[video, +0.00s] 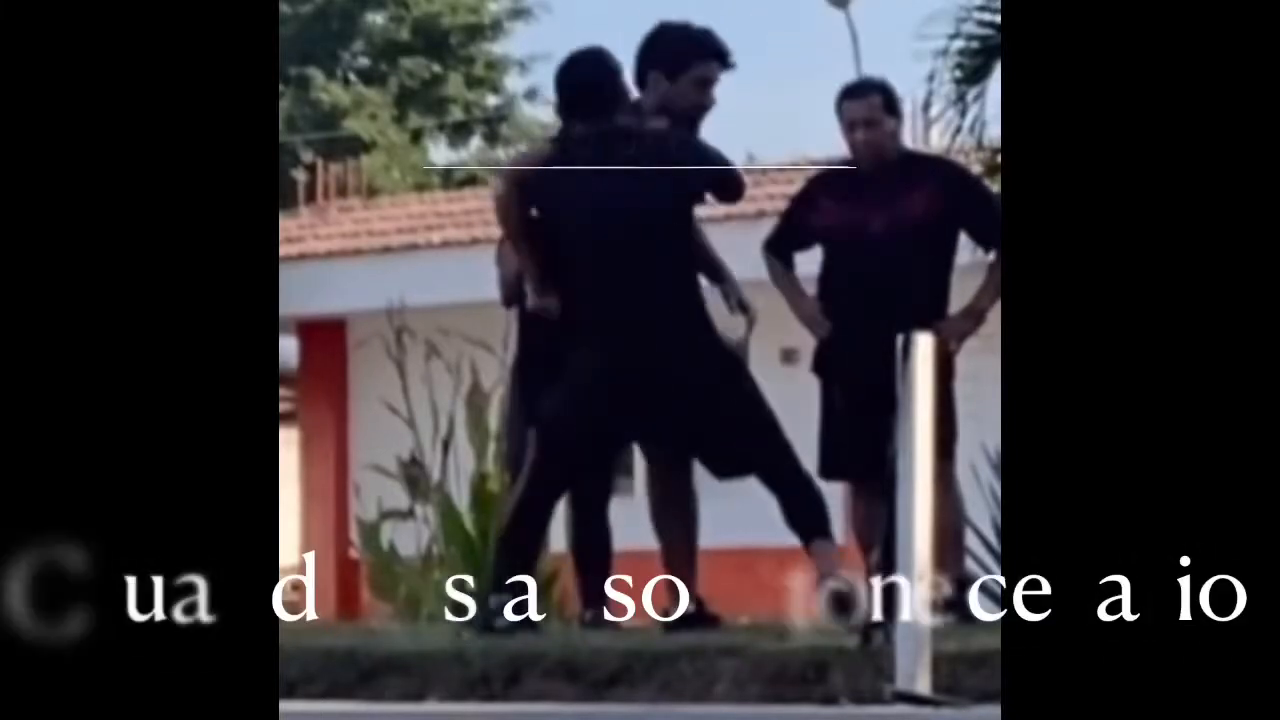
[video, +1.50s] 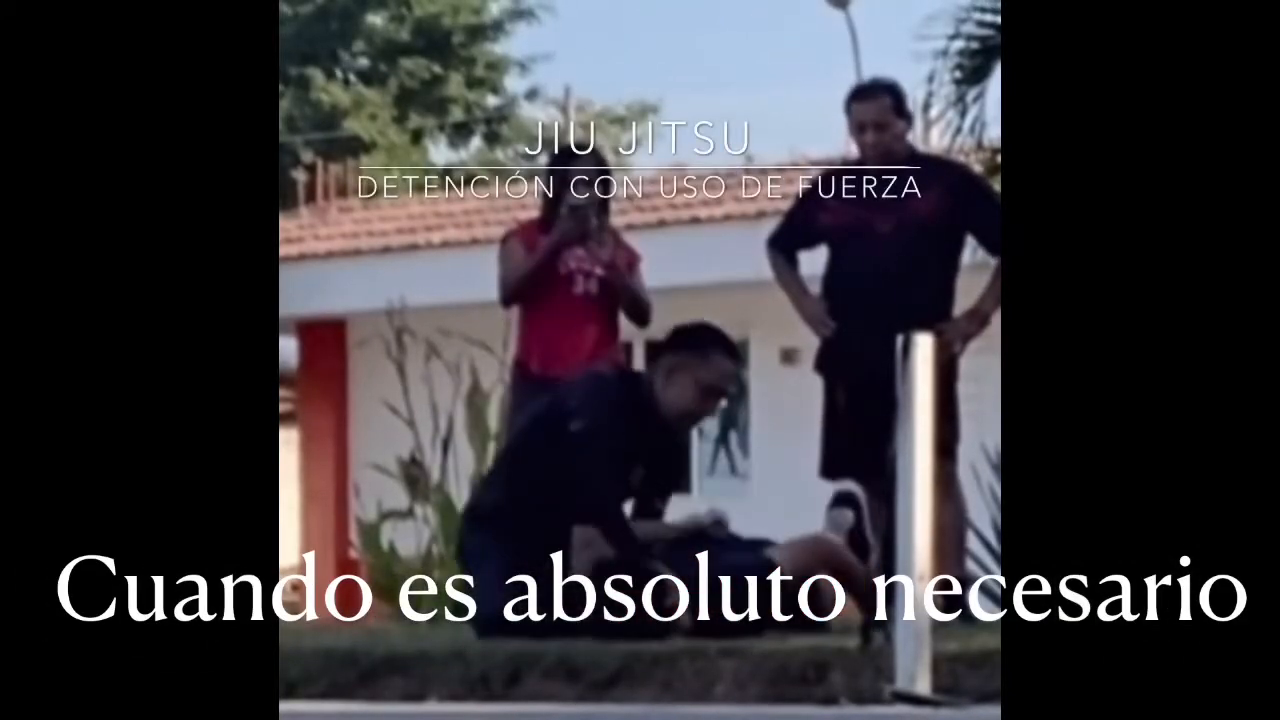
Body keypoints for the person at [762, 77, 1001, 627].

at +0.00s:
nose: (862, 137)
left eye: (872, 124)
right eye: (852, 127)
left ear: (897, 123)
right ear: (841, 132)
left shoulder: (942, 179)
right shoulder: (827, 189)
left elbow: (1000, 242)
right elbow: (775, 252)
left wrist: (971, 315)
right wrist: (813, 319)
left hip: (921, 351)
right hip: (850, 351)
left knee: (933, 476)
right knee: (865, 482)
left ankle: (949, 586)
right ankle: (879, 594)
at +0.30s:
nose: (864, 135)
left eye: (873, 122)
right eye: (853, 126)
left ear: (897, 121)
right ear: (843, 131)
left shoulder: (941, 178)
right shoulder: (828, 187)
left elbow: (1000, 242)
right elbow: (775, 249)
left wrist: (973, 314)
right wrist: (808, 311)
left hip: (922, 348)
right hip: (850, 349)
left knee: (932, 475)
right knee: (865, 481)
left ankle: (948, 597)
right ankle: (877, 605)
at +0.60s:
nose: (865, 136)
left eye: (874, 123)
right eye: (854, 127)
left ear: (899, 122)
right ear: (843, 131)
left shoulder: (943, 179)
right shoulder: (830, 187)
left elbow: (1002, 243)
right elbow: (776, 250)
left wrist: (973, 316)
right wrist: (812, 315)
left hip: (922, 348)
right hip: (851, 347)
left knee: (933, 474)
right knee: (867, 481)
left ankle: (950, 597)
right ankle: (878, 606)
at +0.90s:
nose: (866, 136)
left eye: (875, 124)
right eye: (856, 127)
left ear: (900, 122)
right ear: (845, 131)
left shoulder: (946, 179)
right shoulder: (831, 187)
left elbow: (1003, 246)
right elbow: (778, 251)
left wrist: (974, 317)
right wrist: (816, 320)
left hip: (923, 353)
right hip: (850, 351)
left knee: (932, 475)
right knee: (855, 479)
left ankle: (948, 588)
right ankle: (881, 592)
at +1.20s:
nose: (868, 138)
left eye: (877, 125)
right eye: (858, 128)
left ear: (903, 123)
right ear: (847, 131)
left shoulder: (947, 180)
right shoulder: (831, 187)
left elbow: (1003, 246)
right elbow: (778, 250)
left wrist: (974, 317)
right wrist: (815, 318)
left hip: (924, 354)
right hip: (852, 353)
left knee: (934, 478)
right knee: (866, 484)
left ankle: (948, 594)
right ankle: (878, 602)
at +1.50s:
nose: (870, 139)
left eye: (880, 127)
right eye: (860, 129)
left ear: (905, 124)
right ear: (849, 133)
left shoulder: (949, 181)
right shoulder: (832, 188)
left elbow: (1004, 248)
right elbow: (778, 249)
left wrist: (975, 318)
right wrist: (815, 317)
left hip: (925, 357)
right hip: (852, 355)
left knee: (933, 480)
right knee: (863, 484)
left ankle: (946, 597)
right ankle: (876, 603)